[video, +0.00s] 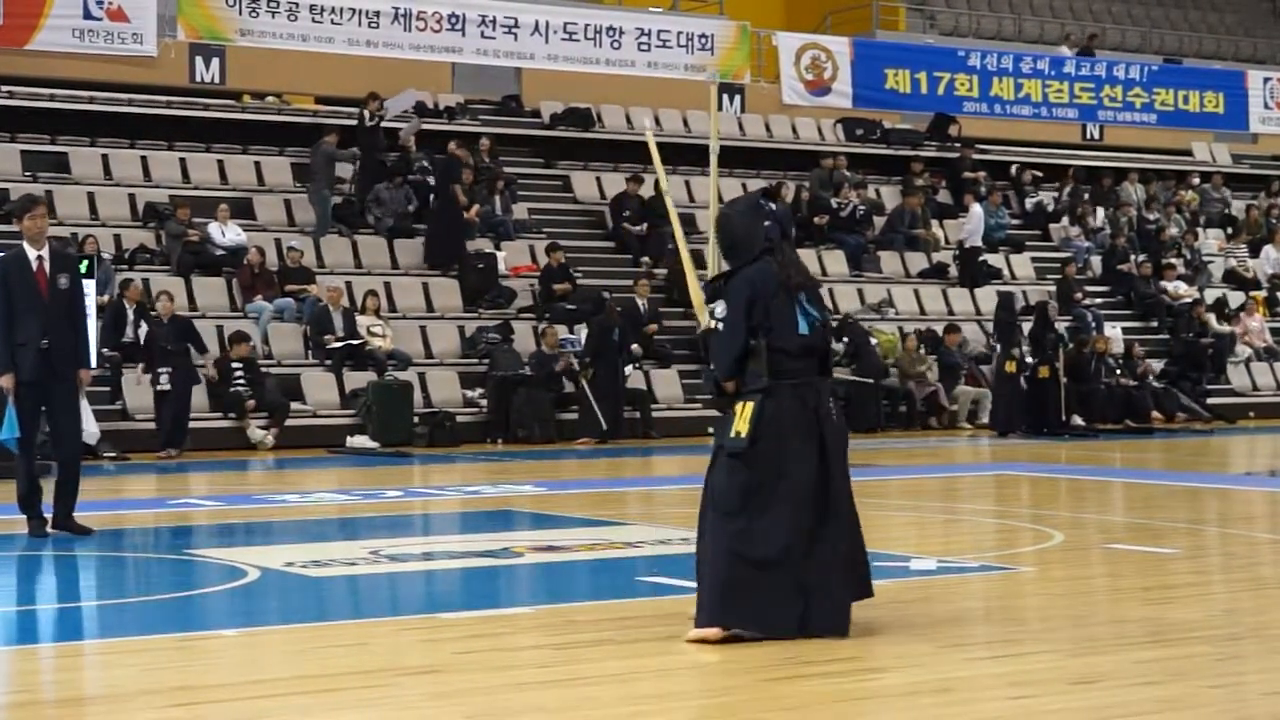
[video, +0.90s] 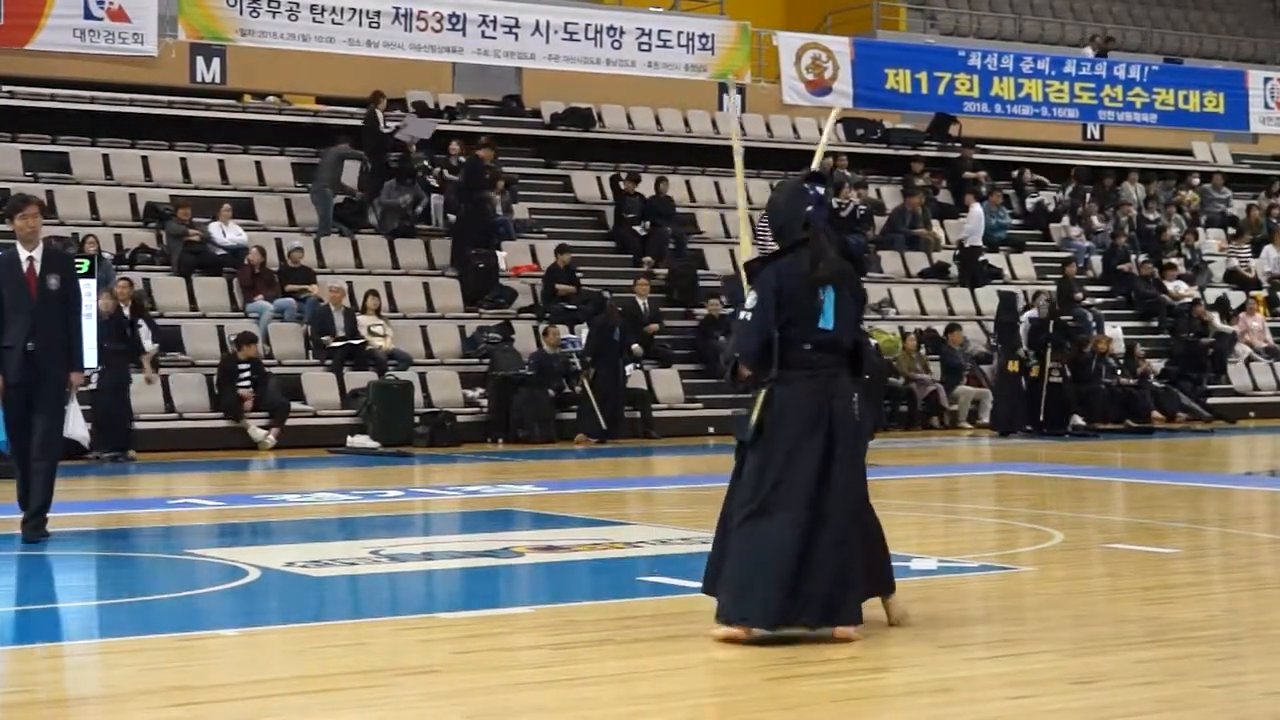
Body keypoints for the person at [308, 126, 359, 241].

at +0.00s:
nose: (336, 141)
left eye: (336, 138)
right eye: (336, 138)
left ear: (325, 135)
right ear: (333, 136)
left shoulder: (317, 148)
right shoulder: (326, 148)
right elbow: (338, 155)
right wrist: (353, 153)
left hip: (315, 189)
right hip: (322, 191)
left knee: (323, 224)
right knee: (324, 225)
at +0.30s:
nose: (340, 144)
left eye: (340, 141)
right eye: (339, 141)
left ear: (329, 139)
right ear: (335, 139)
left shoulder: (323, 151)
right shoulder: (330, 150)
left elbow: (331, 179)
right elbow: (344, 154)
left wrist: (348, 187)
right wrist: (359, 155)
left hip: (317, 191)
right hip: (323, 191)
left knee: (325, 224)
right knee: (324, 225)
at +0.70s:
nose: (347, 149)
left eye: (347, 147)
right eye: (346, 147)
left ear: (336, 143)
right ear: (344, 144)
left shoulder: (327, 153)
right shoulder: (338, 151)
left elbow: (334, 184)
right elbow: (358, 153)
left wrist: (352, 191)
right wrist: (365, 161)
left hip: (316, 190)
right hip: (324, 191)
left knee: (324, 226)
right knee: (324, 227)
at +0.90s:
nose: (348, 150)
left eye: (348, 148)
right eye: (347, 147)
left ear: (337, 144)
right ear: (345, 145)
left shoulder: (329, 154)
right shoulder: (338, 151)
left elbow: (335, 184)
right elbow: (361, 154)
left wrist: (354, 193)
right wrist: (365, 161)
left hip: (317, 190)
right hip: (324, 190)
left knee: (325, 225)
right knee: (325, 226)